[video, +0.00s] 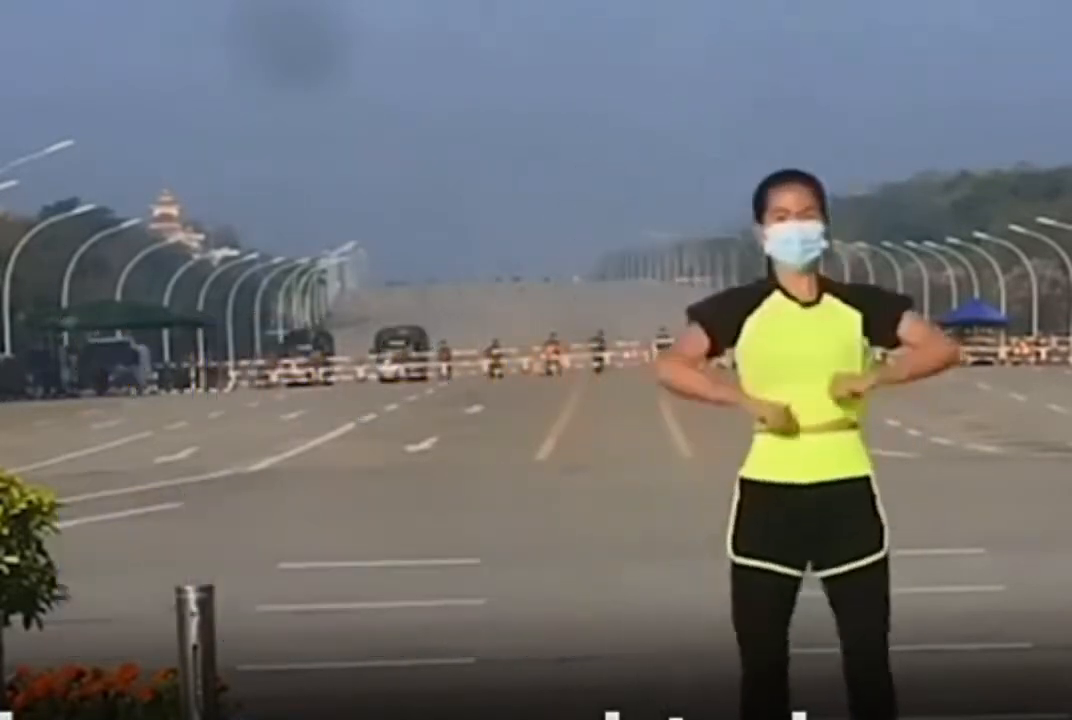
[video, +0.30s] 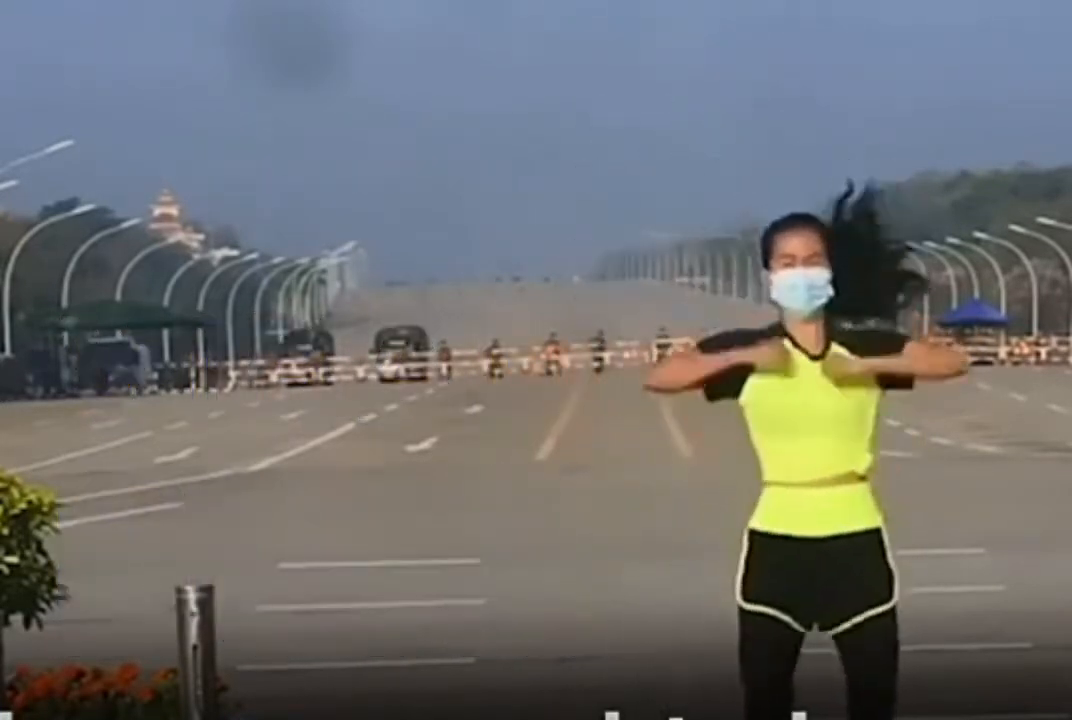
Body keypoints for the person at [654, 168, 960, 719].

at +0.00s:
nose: (796, 227)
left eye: (808, 216)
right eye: (781, 217)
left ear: (825, 227)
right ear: (761, 232)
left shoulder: (862, 304)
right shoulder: (738, 307)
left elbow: (943, 350)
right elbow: (671, 368)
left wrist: (873, 379)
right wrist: (749, 400)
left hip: (847, 497)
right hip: (767, 499)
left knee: (868, 663)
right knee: (761, 666)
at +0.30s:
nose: (802, 273)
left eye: (814, 261)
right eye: (788, 262)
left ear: (832, 270)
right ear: (768, 276)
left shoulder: (864, 345)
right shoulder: (743, 348)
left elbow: (955, 363)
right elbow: (658, 380)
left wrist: (867, 367)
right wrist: (744, 357)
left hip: (856, 539)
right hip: (776, 541)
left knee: (874, 699)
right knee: (764, 702)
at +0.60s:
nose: (793, 203)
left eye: (806, 191)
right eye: (778, 193)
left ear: (823, 200)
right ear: (757, 204)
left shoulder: (858, 278)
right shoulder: (739, 279)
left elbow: (957, 273)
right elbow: (632, 291)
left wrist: (871, 248)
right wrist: (711, 263)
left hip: (840, 471)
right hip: (759, 468)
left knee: (849, 649)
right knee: (726, 645)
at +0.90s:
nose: (767, 262)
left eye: (780, 250)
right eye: (753, 250)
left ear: (797, 260)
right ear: (733, 260)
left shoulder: (830, 343)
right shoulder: (706, 344)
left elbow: (863, 436)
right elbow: (676, 442)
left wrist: (833, 507)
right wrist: (708, 512)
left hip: (811, 528)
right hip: (727, 529)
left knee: (829, 693)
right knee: (710, 692)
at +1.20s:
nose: (748, 263)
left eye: (760, 250)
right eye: (734, 251)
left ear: (778, 259)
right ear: (714, 262)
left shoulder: (812, 331)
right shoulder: (690, 342)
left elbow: (817, 378)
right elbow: (690, 397)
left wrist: (819, 414)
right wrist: (705, 424)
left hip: (799, 525)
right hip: (719, 527)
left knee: (815, 691)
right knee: (704, 692)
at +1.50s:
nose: (733, 264)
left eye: (745, 251)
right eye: (718, 252)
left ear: (762, 257)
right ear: (697, 261)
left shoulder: (787, 326)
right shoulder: (681, 334)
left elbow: (813, 348)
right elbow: (661, 362)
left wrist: (798, 321)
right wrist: (686, 329)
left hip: (786, 518)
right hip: (707, 520)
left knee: (809, 691)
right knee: (697, 692)